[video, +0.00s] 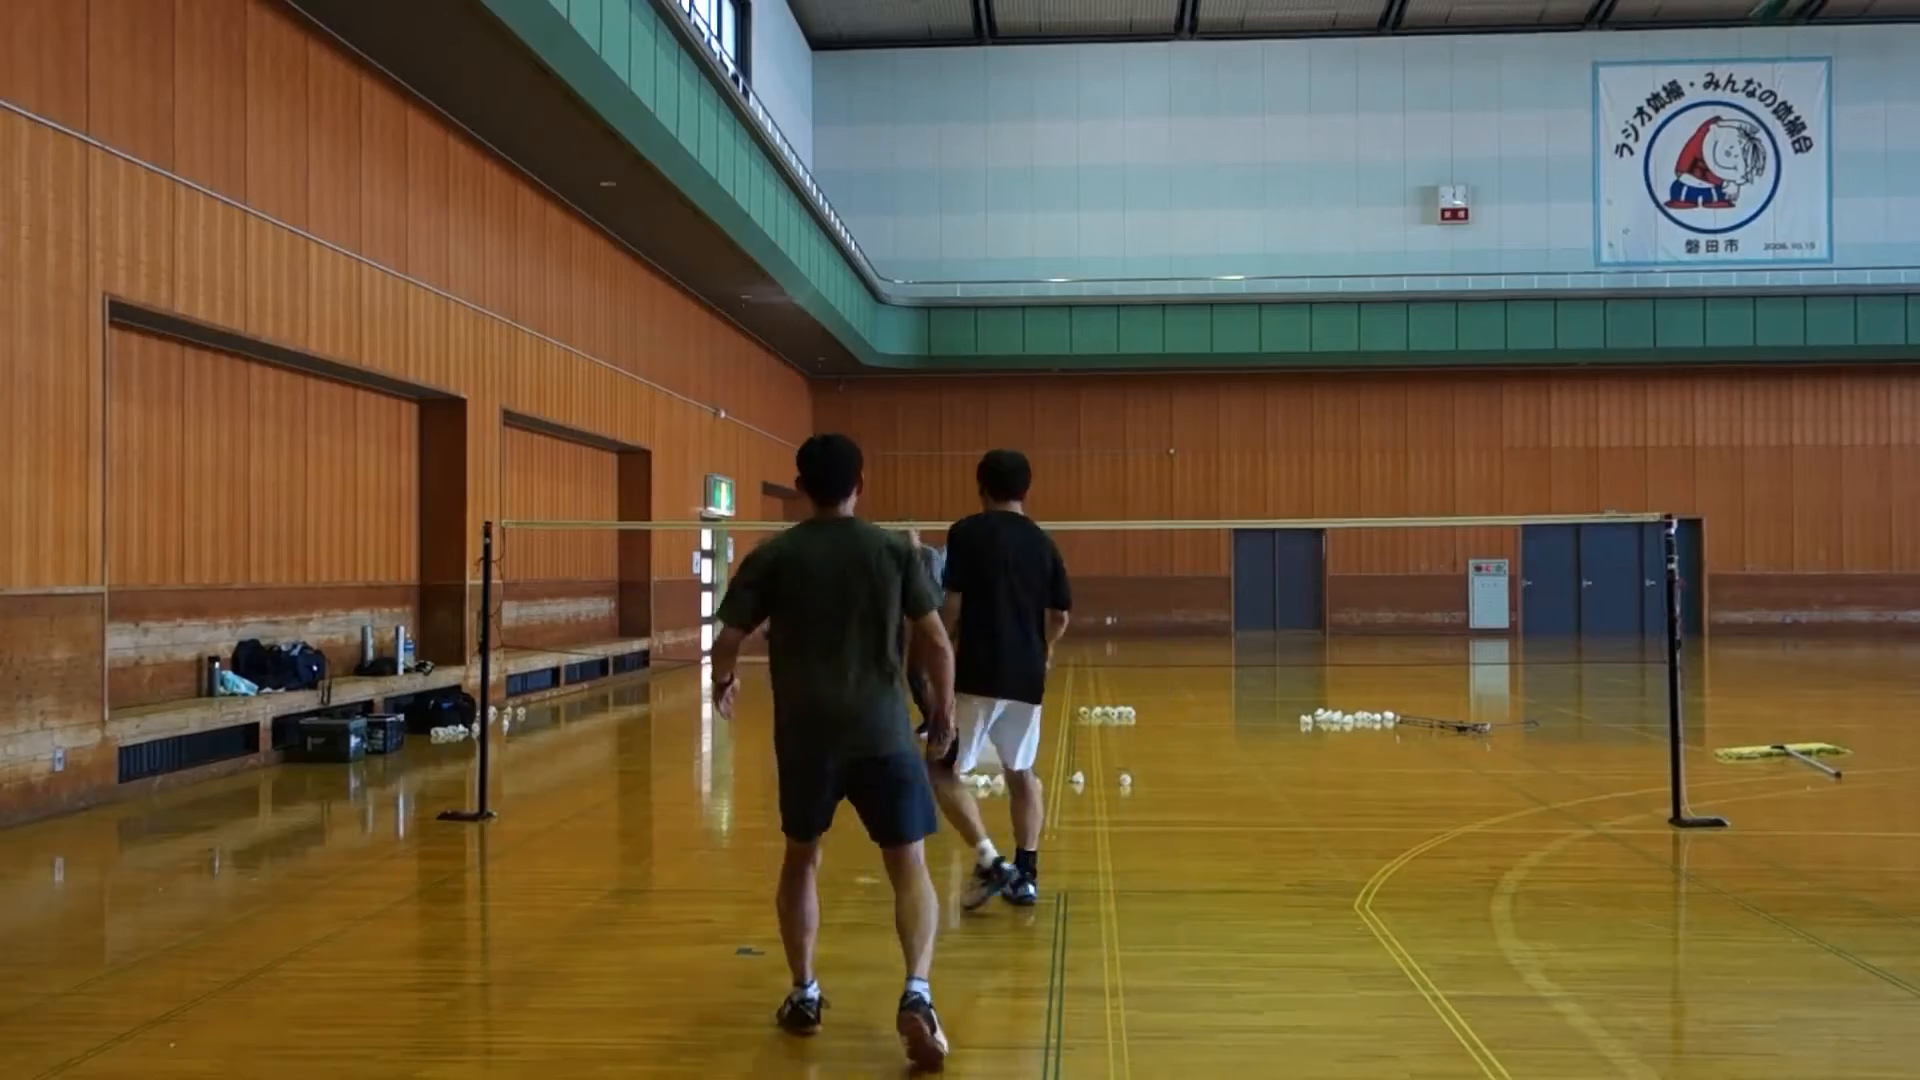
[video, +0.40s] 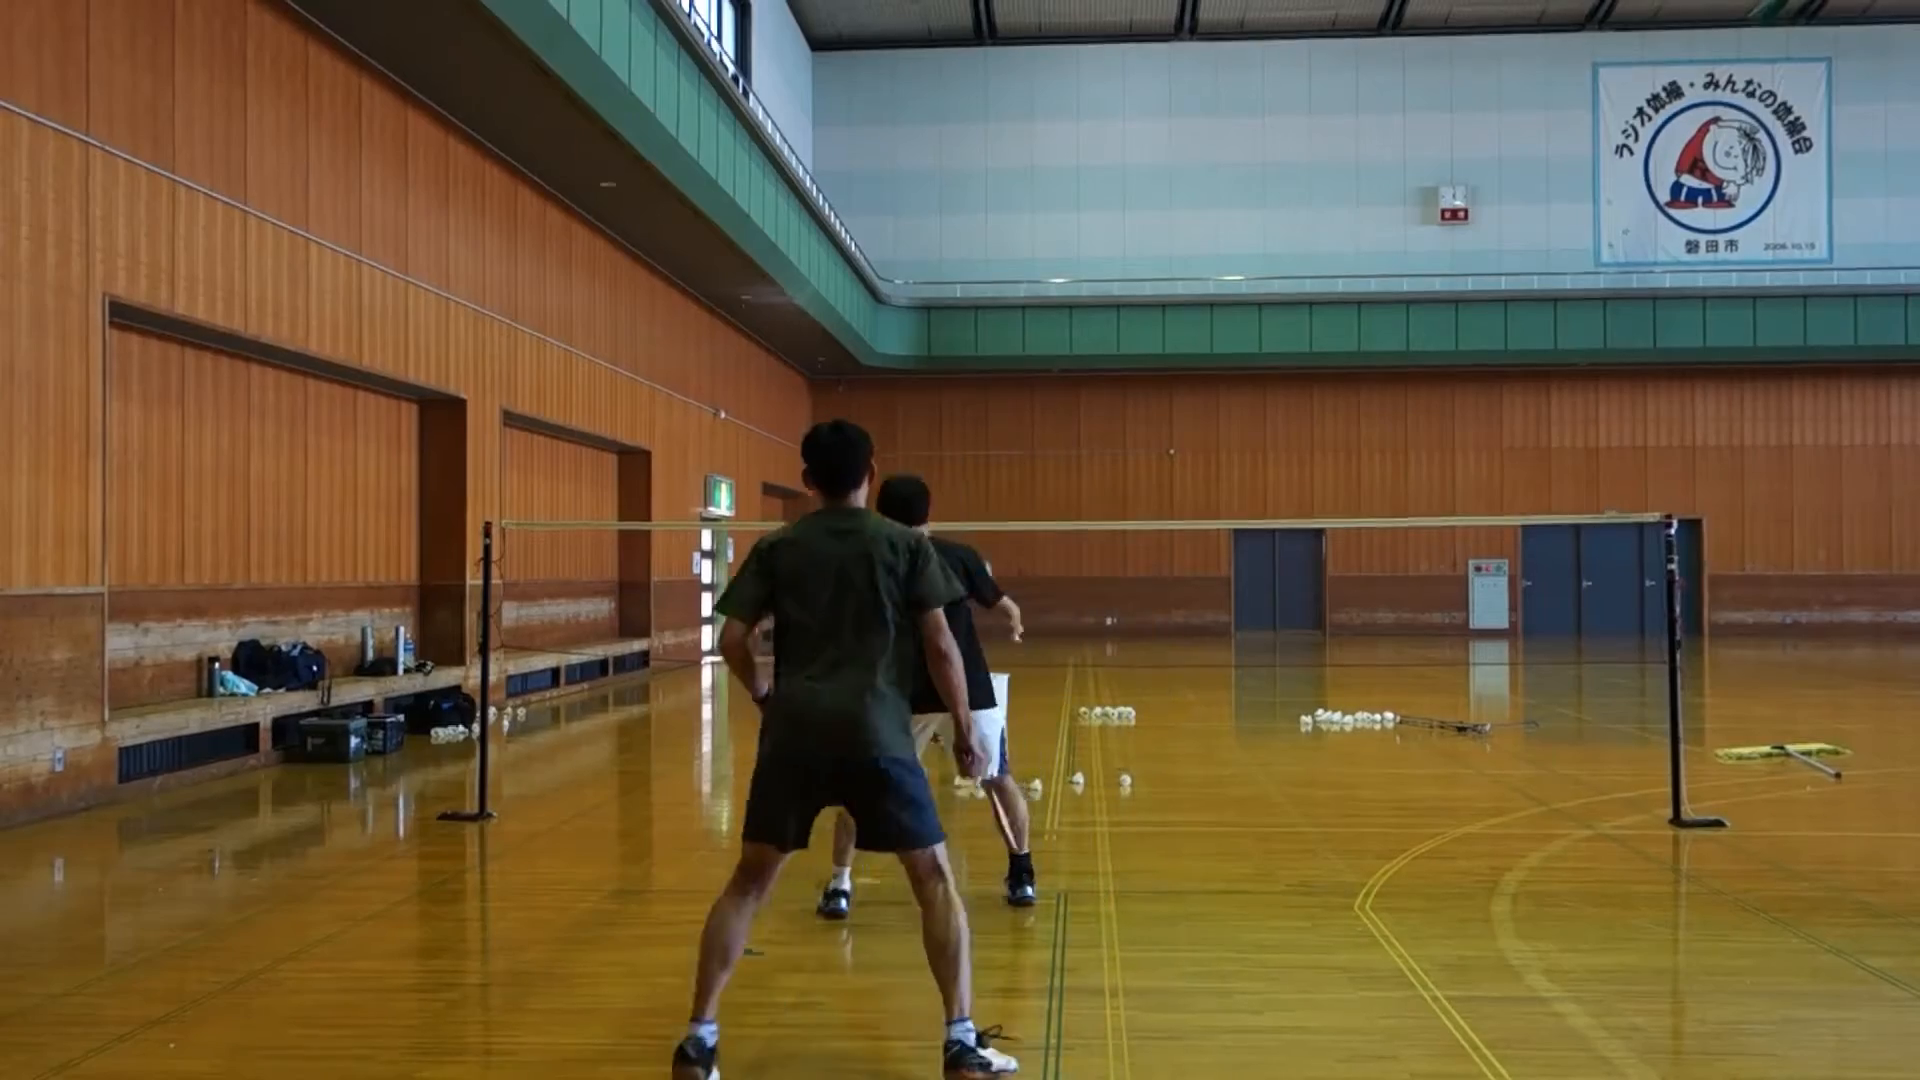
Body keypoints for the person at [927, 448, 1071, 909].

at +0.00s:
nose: (978, 493)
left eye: (979, 486)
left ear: (981, 488)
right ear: (1026, 489)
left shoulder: (965, 532)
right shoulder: (1042, 541)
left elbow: (951, 603)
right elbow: (1059, 612)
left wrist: (944, 653)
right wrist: (1045, 650)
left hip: (975, 673)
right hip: (1026, 677)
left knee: (942, 769)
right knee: (1021, 771)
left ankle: (988, 860)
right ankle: (1025, 874)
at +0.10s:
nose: (960, 491)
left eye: (961, 484)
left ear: (962, 487)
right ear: (1007, 488)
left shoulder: (944, 535)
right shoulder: (1024, 539)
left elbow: (930, 613)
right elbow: (1044, 610)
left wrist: (918, 673)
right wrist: (1018, 629)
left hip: (955, 673)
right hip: (1012, 675)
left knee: (921, 768)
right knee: (1019, 773)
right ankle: (1025, 873)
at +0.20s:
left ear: (938, 494)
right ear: (983, 494)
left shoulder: (915, 546)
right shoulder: (1008, 545)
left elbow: (896, 612)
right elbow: (1032, 602)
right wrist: (1017, 631)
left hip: (928, 682)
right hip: (998, 684)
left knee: (898, 774)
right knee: (1011, 774)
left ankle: (864, 873)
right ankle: (1023, 873)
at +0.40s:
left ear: (881, 516)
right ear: (928, 514)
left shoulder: (866, 562)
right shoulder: (957, 558)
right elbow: (1003, 607)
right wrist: (1015, 627)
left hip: (899, 699)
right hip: (970, 695)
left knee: (858, 790)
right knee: (999, 779)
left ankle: (839, 884)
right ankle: (1022, 869)